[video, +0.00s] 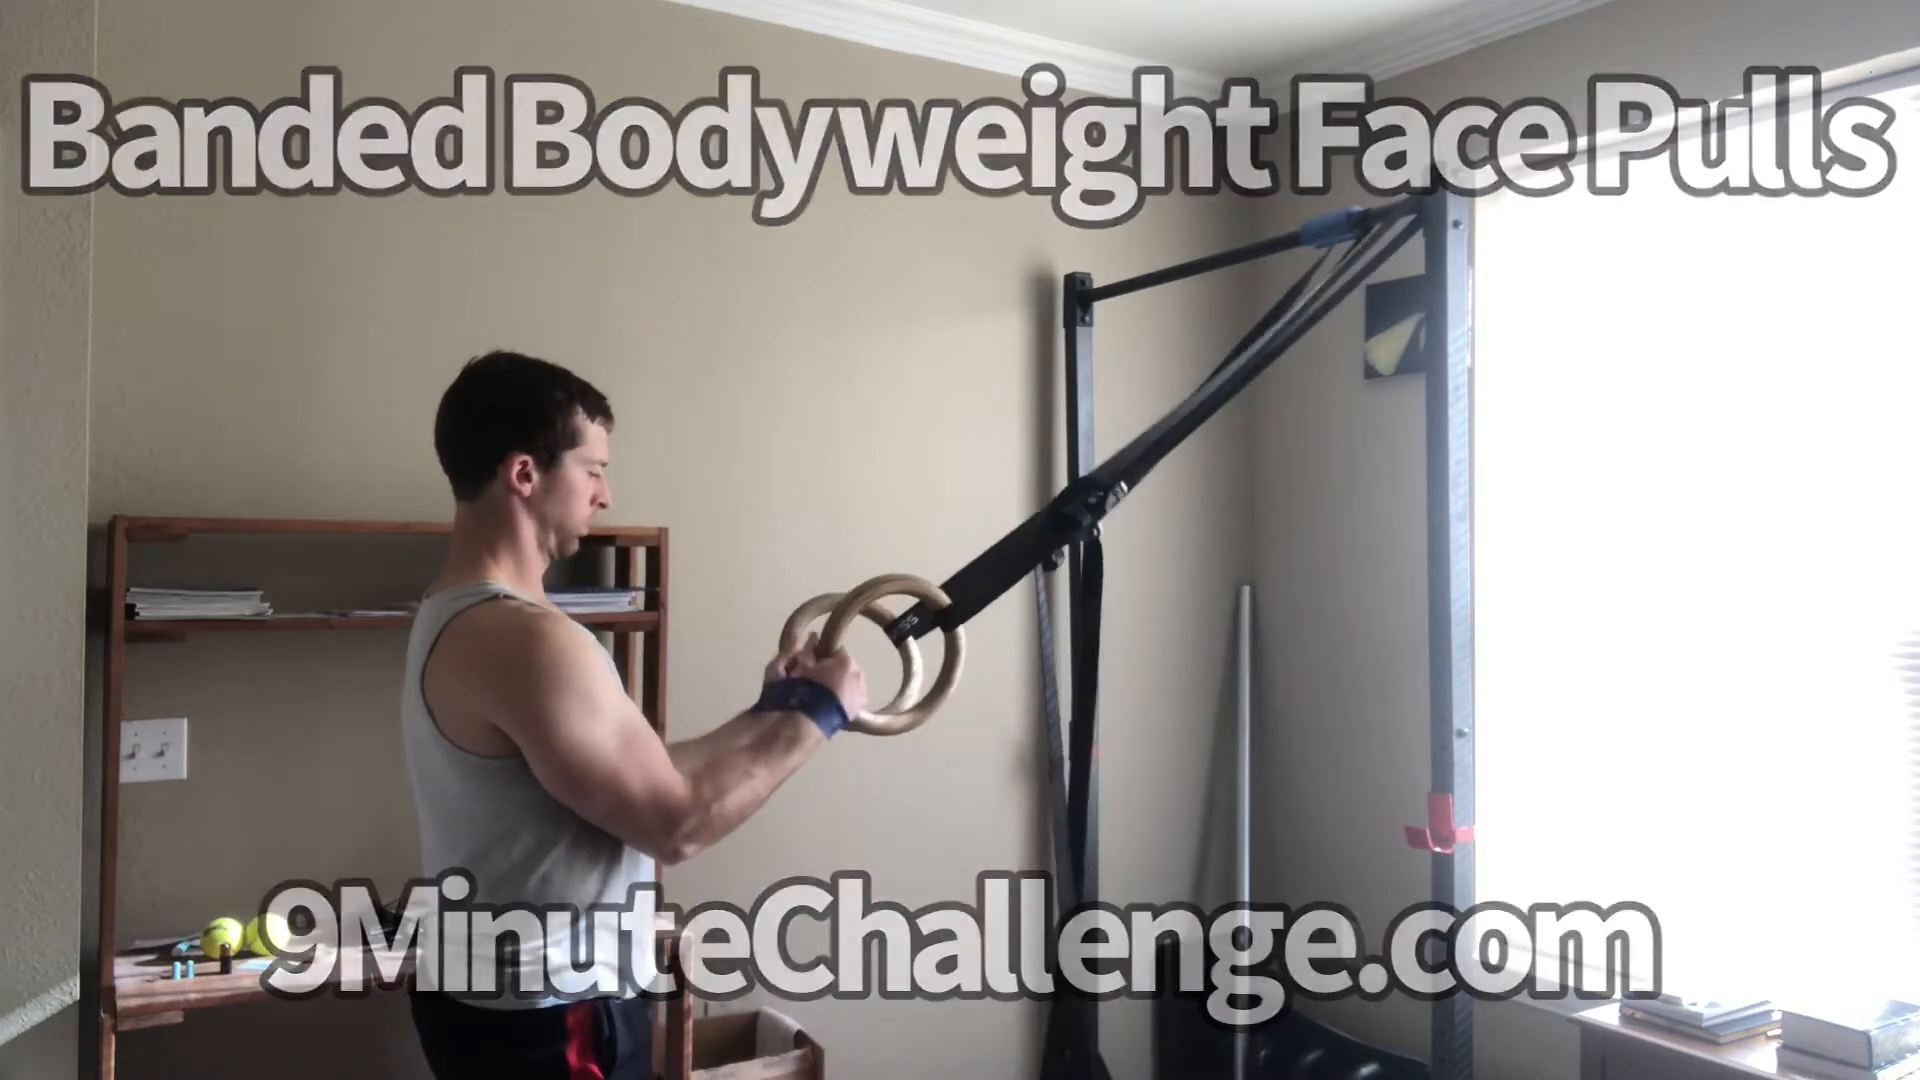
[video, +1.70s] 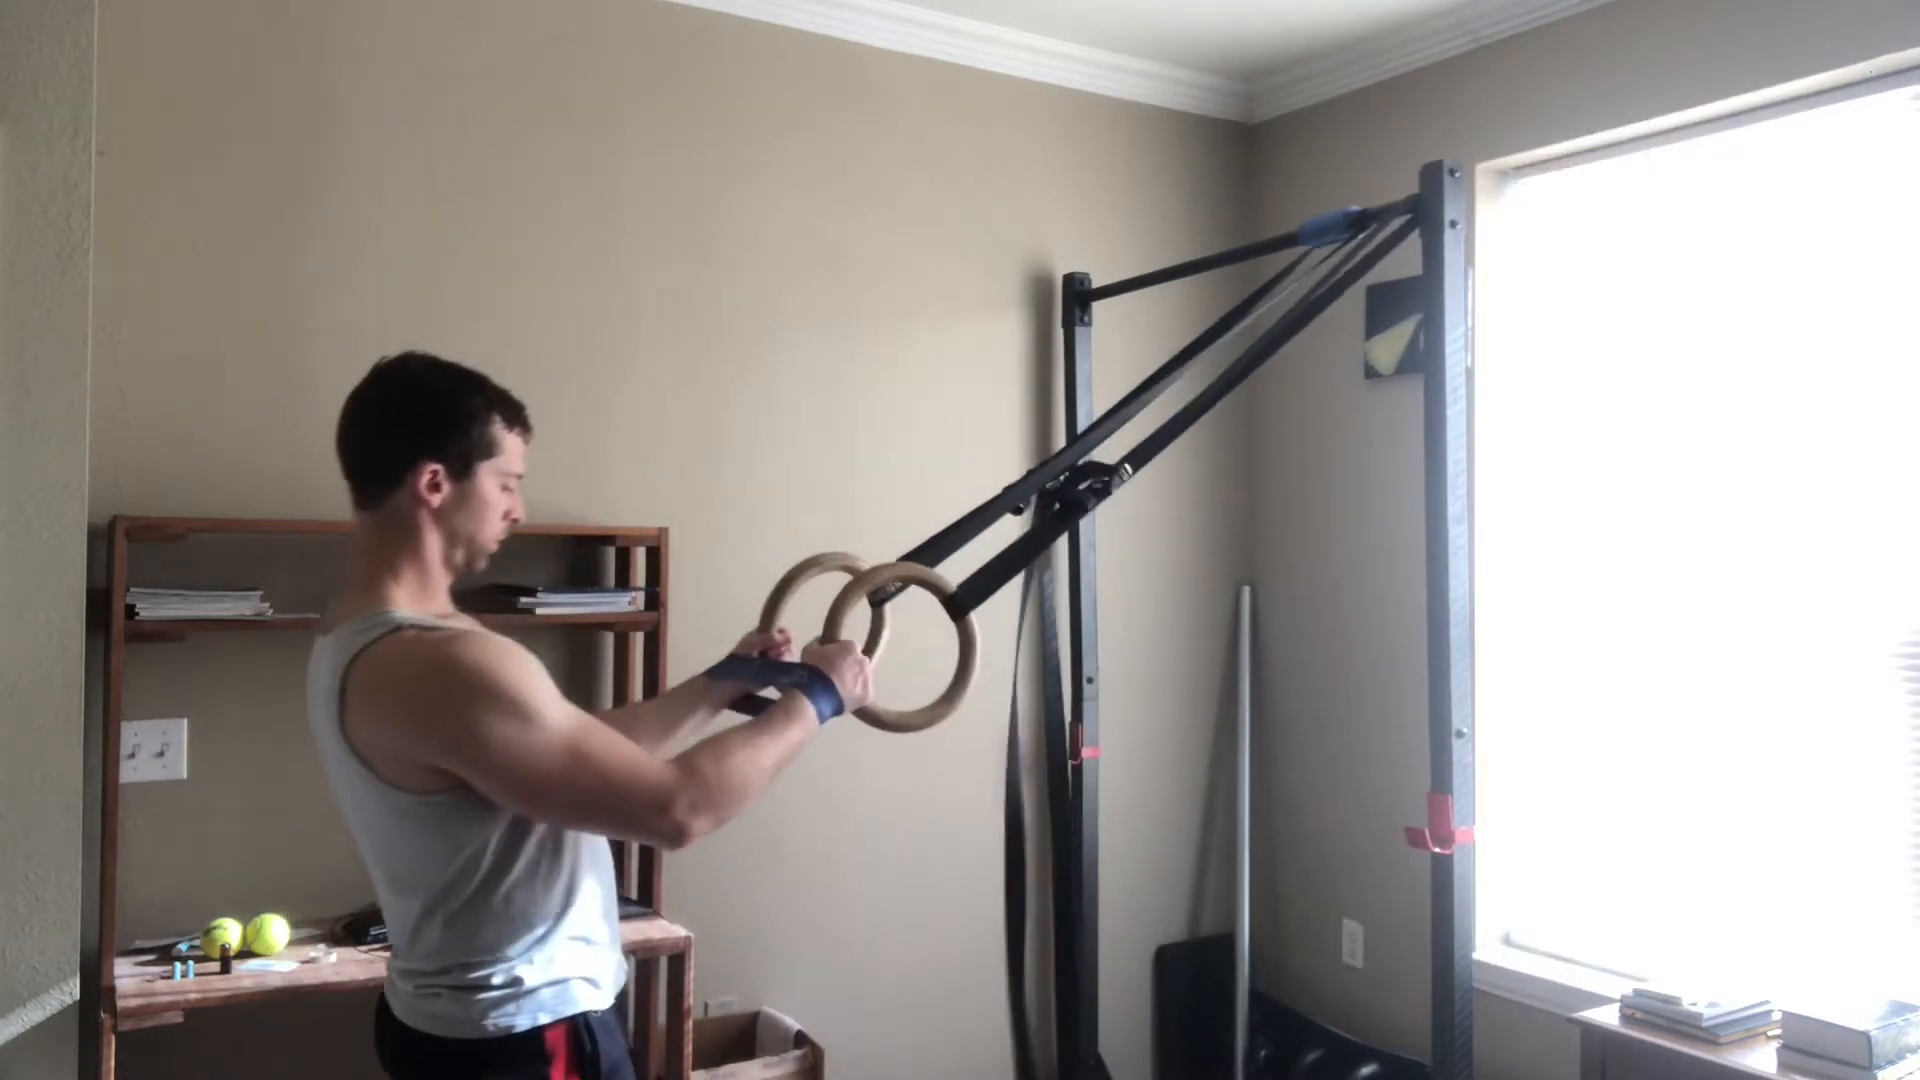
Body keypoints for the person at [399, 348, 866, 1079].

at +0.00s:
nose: (604, 495)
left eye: (603, 472)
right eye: (592, 470)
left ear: (522, 478)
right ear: (523, 474)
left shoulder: (457, 617)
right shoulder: (527, 643)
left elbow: (636, 776)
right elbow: (675, 824)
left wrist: (764, 715)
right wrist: (814, 715)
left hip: (498, 1003)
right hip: (551, 1018)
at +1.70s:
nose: (518, 512)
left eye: (518, 486)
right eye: (506, 484)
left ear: (429, 489)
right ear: (432, 487)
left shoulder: (360, 641)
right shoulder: (448, 667)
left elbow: (577, 754)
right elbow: (677, 807)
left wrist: (727, 681)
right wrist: (816, 698)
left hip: (448, 1028)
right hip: (528, 1043)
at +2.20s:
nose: (406, 525)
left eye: (392, 497)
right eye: (381, 502)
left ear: (305, 542)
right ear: (304, 539)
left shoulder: (292, 691)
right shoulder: (355, 717)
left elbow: (539, 734)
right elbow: (620, 772)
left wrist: (696, 668)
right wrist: (778, 675)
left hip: (446, 1047)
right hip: (518, 1054)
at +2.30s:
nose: (374, 539)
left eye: (359, 515)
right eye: (346, 521)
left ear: (270, 565)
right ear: (270, 563)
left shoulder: (289, 718)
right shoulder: (337, 739)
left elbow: (548, 732)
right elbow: (613, 762)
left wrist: (712, 658)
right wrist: (780, 662)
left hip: (462, 1055)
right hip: (525, 1061)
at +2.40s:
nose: (341, 556)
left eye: (325, 532)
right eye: (313, 539)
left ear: (237, 594)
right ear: (237, 590)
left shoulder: (270, 741)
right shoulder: (319, 759)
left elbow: (557, 737)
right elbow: (602, 746)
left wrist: (722, 657)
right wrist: (780, 660)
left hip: (503, 1050)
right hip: (541, 1058)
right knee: (787, 1048)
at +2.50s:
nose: (313, 573)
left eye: (294, 548)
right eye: (281, 557)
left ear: (209, 617)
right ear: (207, 613)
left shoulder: (253, 758)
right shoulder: (306, 776)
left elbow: (545, 739)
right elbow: (592, 736)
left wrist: (732, 650)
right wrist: (773, 642)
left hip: (530, 1046)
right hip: (546, 1061)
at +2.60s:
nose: (290, 588)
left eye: (268, 563)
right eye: (254, 572)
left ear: (182, 636)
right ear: (181, 631)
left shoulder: (233, 768)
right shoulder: (292, 792)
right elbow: (578, 727)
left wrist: (714, 647)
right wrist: (760, 632)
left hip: (524, 1048)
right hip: (544, 1064)